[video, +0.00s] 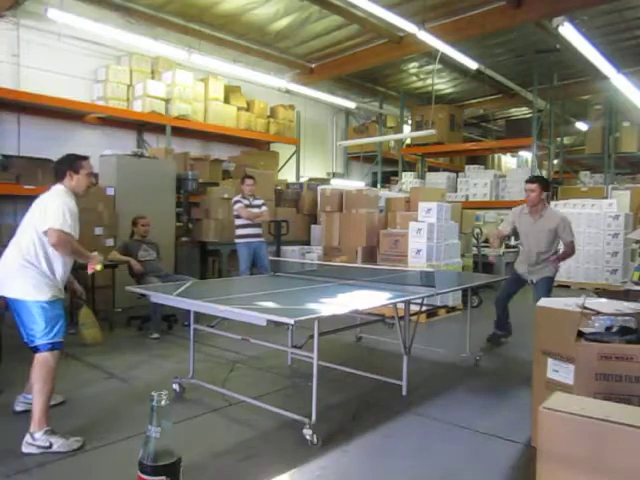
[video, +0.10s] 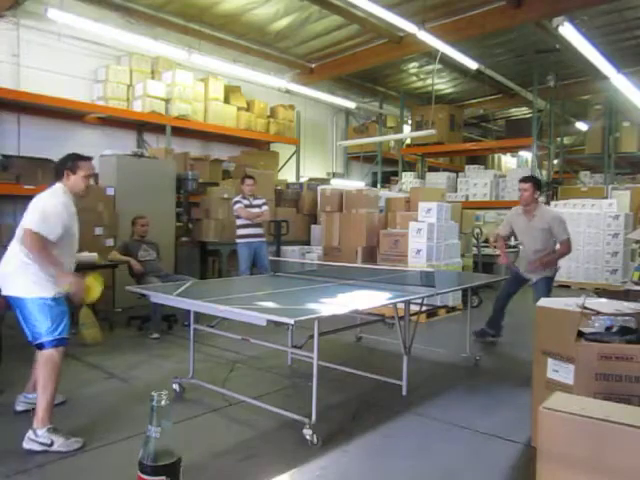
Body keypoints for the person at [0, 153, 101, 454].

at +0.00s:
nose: (93, 181)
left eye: (93, 175)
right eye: (89, 175)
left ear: (69, 176)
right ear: (71, 175)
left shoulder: (53, 198)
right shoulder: (62, 199)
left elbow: (47, 250)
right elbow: (57, 238)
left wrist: (69, 281)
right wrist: (89, 257)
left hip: (22, 280)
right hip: (32, 282)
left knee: (45, 343)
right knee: (50, 347)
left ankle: (31, 394)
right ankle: (38, 431)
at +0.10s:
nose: (91, 183)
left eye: (92, 178)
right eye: (87, 177)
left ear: (71, 176)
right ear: (68, 175)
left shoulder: (63, 201)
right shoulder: (54, 201)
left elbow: (53, 250)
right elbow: (31, 239)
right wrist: (63, 275)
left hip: (36, 282)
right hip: (32, 283)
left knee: (49, 342)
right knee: (54, 347)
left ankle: (31, 394)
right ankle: (41, 429)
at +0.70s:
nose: (69, 173)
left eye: (69, 167)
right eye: (67, 167)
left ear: (47, 167)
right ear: (50, 167)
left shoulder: (35, 191)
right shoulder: (36, 194)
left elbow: (68, 247)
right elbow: (67, 237)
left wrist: (54, 256)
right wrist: (83, 223)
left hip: (29, 285)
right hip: (30, 287)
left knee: (44, 342)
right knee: (41, 349)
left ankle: (29, 393)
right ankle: (37, 430)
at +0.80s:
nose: (71, 169)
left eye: (71, 163)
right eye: (68, 163)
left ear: (50, 163)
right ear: (52, 163)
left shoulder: (48, 193)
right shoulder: (34, 191)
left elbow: (56, 238)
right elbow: (44, 239)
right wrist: (84, 239)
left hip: (34, 284)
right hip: (23, 286)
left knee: (34, 345)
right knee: (30, 352)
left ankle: (27, 395)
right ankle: (33, 429)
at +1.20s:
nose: (71, 161)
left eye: (69, 155)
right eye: (67, 155)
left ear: (50, 159)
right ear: (50, 159)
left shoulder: (53, 192)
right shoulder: (23, 194)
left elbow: (46, 243)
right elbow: (6, 243)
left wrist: (70, 264)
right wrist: (52, 267)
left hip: (41, 290)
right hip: (24, 294)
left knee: (38, 348)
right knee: (40, 355)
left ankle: (29, 395)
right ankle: (21, 432)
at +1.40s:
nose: (68, 152)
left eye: (66, 146)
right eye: (64, 146)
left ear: (43, 150)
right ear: (49, 149)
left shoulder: (44, 183)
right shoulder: (32, 184)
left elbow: (42, 238)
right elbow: (30, 240)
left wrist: (73, 259)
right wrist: (72, 256)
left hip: (38, 290)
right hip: (28, 293)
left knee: (37, 353)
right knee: (33, 360)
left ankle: (26, 402)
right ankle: (21, 434)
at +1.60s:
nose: (73, 145)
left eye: (70, 140)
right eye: (68, 140)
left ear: (47, 146)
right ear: (55, 144)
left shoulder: (47, 177)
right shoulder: (43, 180)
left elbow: (50, 234)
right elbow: (54, 237)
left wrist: (85, 246)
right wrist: (91, 247)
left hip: (48, 288)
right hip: (27, 290)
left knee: (58, 344)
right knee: (25, 359)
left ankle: (50, 414)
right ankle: (20, 434)